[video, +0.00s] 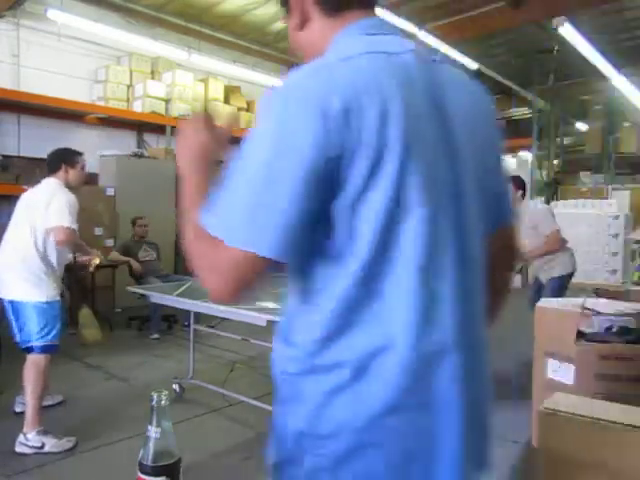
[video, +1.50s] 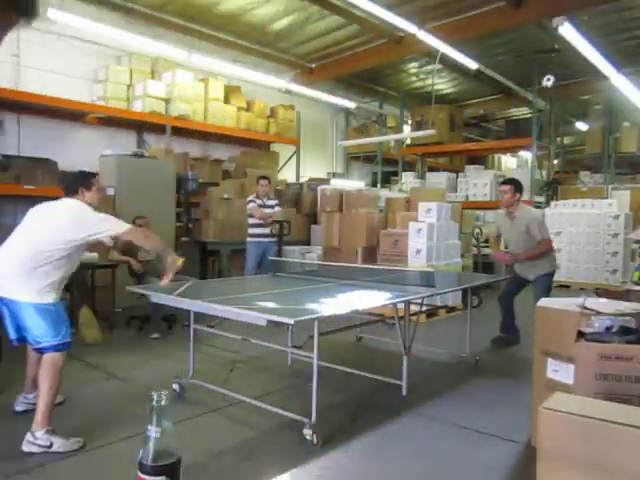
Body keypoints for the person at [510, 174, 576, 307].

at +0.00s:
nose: (506, 196)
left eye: (509, 191)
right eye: (506, 191)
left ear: (520, 193)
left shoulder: (538, 210)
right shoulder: (516, 215)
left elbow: (556, 242)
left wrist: (526, 256)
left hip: (560, 262)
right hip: (541, 265)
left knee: (547, 306)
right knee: (533, 303)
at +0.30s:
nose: (497, 200)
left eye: (501, 195)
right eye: (497, 195)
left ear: (513, 198)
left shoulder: (532, 216)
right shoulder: (504, 221)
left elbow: (543, 247)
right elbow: (509, 245)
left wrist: (512, 258)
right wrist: (503, 254)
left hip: (550, 265)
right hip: (530, 266)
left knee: (544, 303)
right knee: (517, 296)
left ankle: (545, 339)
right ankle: (523, 335)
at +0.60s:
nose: (506, 204)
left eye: (511, 199)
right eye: (505, 200)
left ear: (522, 201)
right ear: (503, 202)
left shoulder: (537, 218)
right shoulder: (506, 222)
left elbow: (553, 251)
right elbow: (500, 246)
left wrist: (527, 264)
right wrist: (503, 261)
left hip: (550, 269)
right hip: (528, 272)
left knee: (538, 303)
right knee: (513, 302)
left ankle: (545, 338)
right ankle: (523, 336)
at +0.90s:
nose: (520, 209)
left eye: (525, 205)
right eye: (519, 205)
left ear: (537, 207)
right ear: (517, 206)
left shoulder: (554, 229)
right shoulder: (515, 224)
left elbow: (566, 259)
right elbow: (494, 238)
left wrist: (552, 263)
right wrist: (479, 248)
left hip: (552, 275)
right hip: (530, 275)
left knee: (540, 306)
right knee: (512, 307)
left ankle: (543, 340)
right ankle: (524, 337)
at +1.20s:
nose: (517, 200)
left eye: (521, 196)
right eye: (516, 196)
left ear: (533, 199)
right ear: (516, 199)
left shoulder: (550, 223)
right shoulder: (514, 221)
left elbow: (566, 251)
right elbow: (497, 239)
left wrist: (543, 261)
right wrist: (505, 258)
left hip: (546, 273)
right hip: (523, 272)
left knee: (537, 308)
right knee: (504, 301)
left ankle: (543, 343)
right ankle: (509, 333)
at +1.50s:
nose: (500, 197)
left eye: (504, 193)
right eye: (500, 193)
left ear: (516, 196)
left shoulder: (533, 217)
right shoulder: (503, 218)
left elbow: (547, 244)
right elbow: (495, 239)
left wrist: (517, 257)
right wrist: (497, 252)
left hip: (542, 268)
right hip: (521, 268)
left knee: (541, 307)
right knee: (504, 296)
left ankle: (545, 344)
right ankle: (509, 333)